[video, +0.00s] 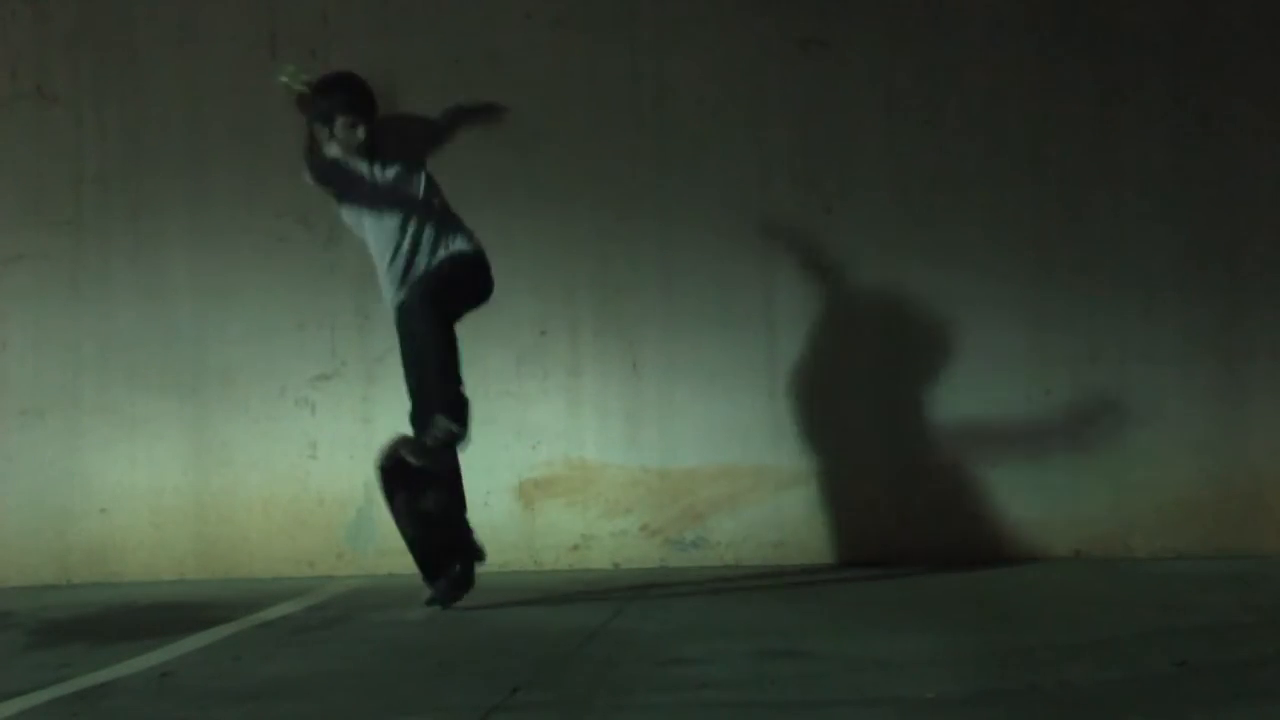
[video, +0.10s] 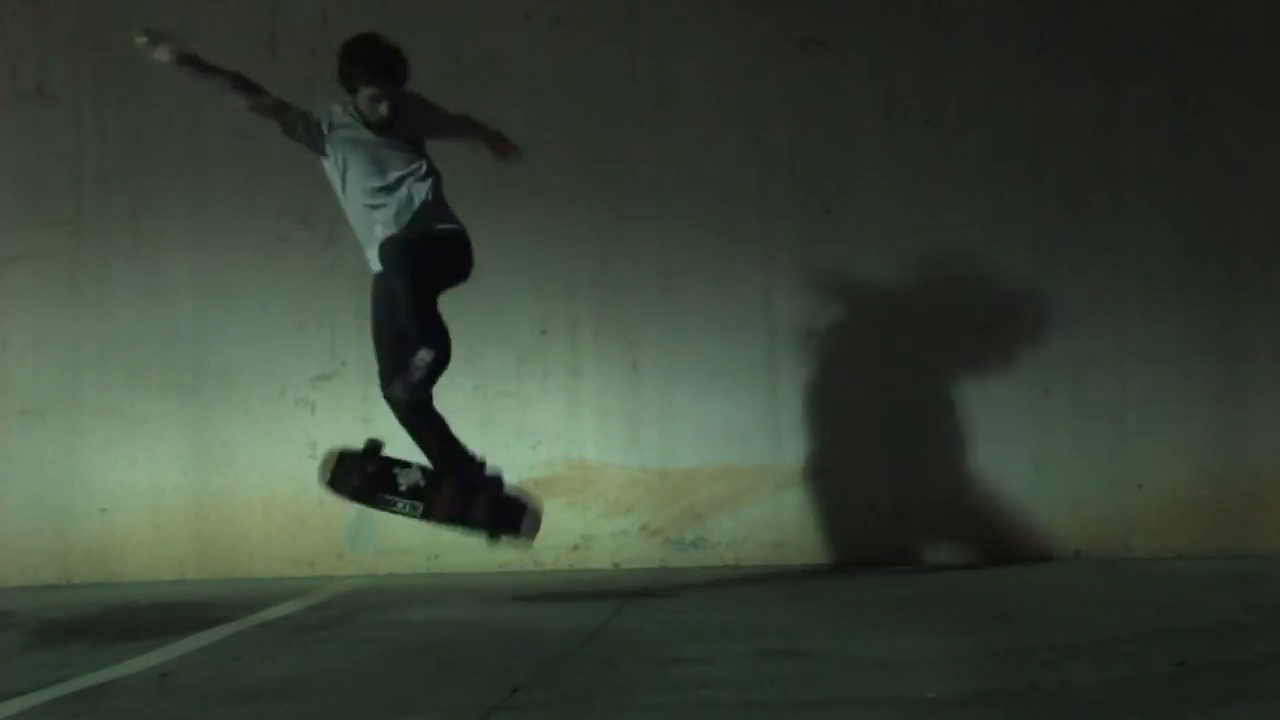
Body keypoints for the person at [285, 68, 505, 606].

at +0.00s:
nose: (360, 135)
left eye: (364, 124)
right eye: (349, 128)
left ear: (371, 120)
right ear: (326, 134)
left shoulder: (398, 139)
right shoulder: (328, 172)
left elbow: (442, 126)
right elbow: (320, 163)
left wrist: (476, 115)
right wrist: (308, 114)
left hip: (458, 263)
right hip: (408, 295)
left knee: (420, 305)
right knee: (429, 421)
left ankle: (443, 417)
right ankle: (453, 550)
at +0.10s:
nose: (387, 108)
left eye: (392, 97)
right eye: (376, 99)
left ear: (400, 88)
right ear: (351, 92)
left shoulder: (408, 115)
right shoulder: (327, 132)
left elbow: (455, 125)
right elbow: (258, 100)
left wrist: (493, 139)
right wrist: (188, 62)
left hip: (445, 243)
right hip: (392, 267)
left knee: (395, 253)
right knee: (400, 386)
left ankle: (428, 348)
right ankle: (466, 474)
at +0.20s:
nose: (392, 146)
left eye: (399, 136)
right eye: (384, 136)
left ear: (409, 123)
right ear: (360, 123)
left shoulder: (426, 141)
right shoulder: (325, 135)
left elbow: (483, 191)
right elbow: (233, 134)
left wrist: (540, 242)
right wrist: (148, 118)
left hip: (415, 240)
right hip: (360, 257)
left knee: (411, 247)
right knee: (376, 343)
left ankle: (447, 343)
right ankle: (433, 426)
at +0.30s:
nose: (380, 191)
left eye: (387, 182)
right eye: (372, 182)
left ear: (398, 172)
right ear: (351, 170)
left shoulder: (418, 195)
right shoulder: (318, 187)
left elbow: (483, 244)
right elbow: (231, 210)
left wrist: (534, 310)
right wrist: (143, 236)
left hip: (410, 275)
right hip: (352, 278)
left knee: (404, 332)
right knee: (360, 343)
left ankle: (432, 437)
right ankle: (385, 437)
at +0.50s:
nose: (340, 259)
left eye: (347, 247)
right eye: (328, 250)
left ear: (358, 237)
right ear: (308, 244)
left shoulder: (390, 267)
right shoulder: (298, 284)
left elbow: (475, 278)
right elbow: (246, 330)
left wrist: (564, 299)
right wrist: (209, 356)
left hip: (405, 397)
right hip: (346, 403)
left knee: (342, 454)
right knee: (306, 470)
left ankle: (379, 566)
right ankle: (347, 563)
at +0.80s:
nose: (283, 249)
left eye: (287, 236)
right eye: (272, 243)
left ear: (307, 219)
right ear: (264, 241)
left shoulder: (362, 231)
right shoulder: (275, 274)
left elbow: (446, 240)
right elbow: (237, 348)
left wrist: (523, 267)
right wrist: (199, 400)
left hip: (416, 349)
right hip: (361, 360)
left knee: (365, 435)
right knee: (327, 451)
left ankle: (389, 560)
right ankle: (357, 561)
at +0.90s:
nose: (263, 252)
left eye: (267, 238)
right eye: (253, 244)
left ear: (288, 220)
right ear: (248, 241)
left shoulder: (348, 222)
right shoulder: (274, 275)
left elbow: (437, 226)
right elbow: (263, 357)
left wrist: (515, 257)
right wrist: (232, 425)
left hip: (424, 332)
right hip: (367, 344)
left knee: (375, 430)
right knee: (337, 442)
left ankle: (388, 559)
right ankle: (355, 560)